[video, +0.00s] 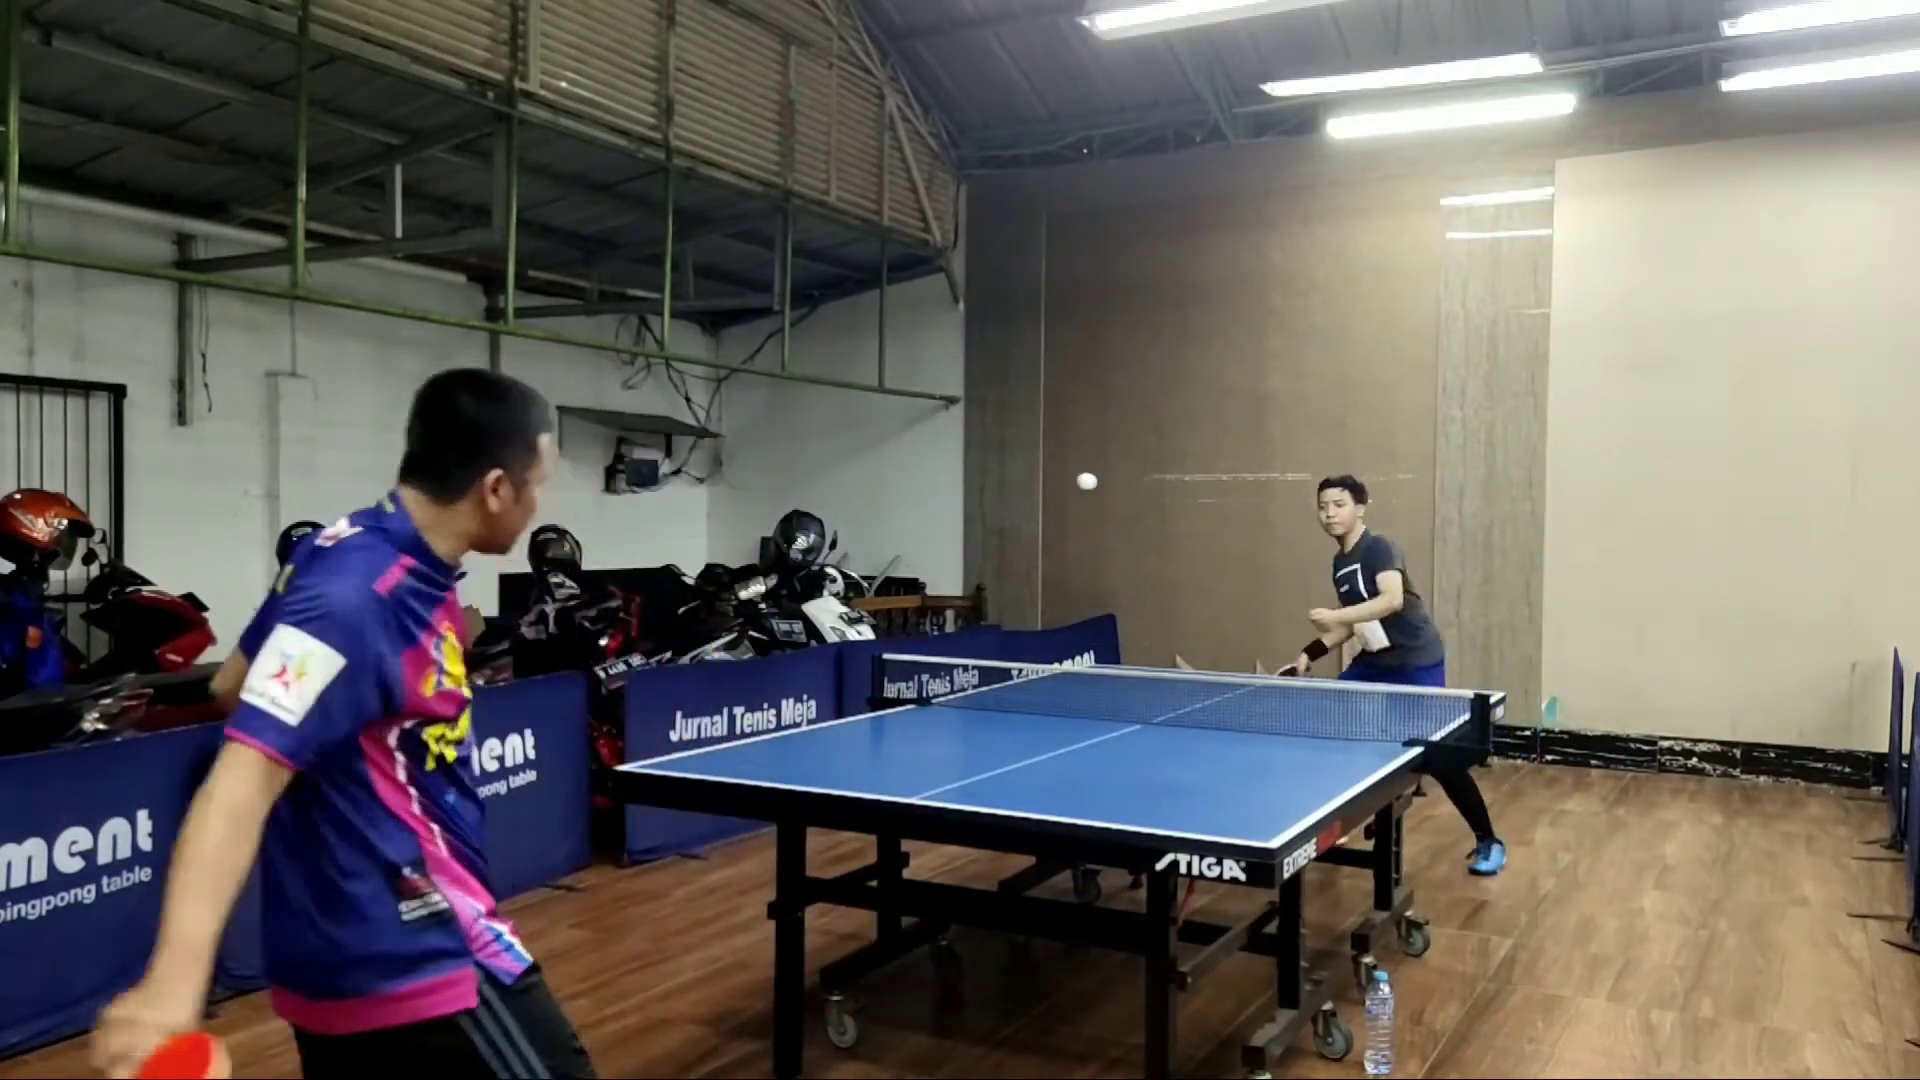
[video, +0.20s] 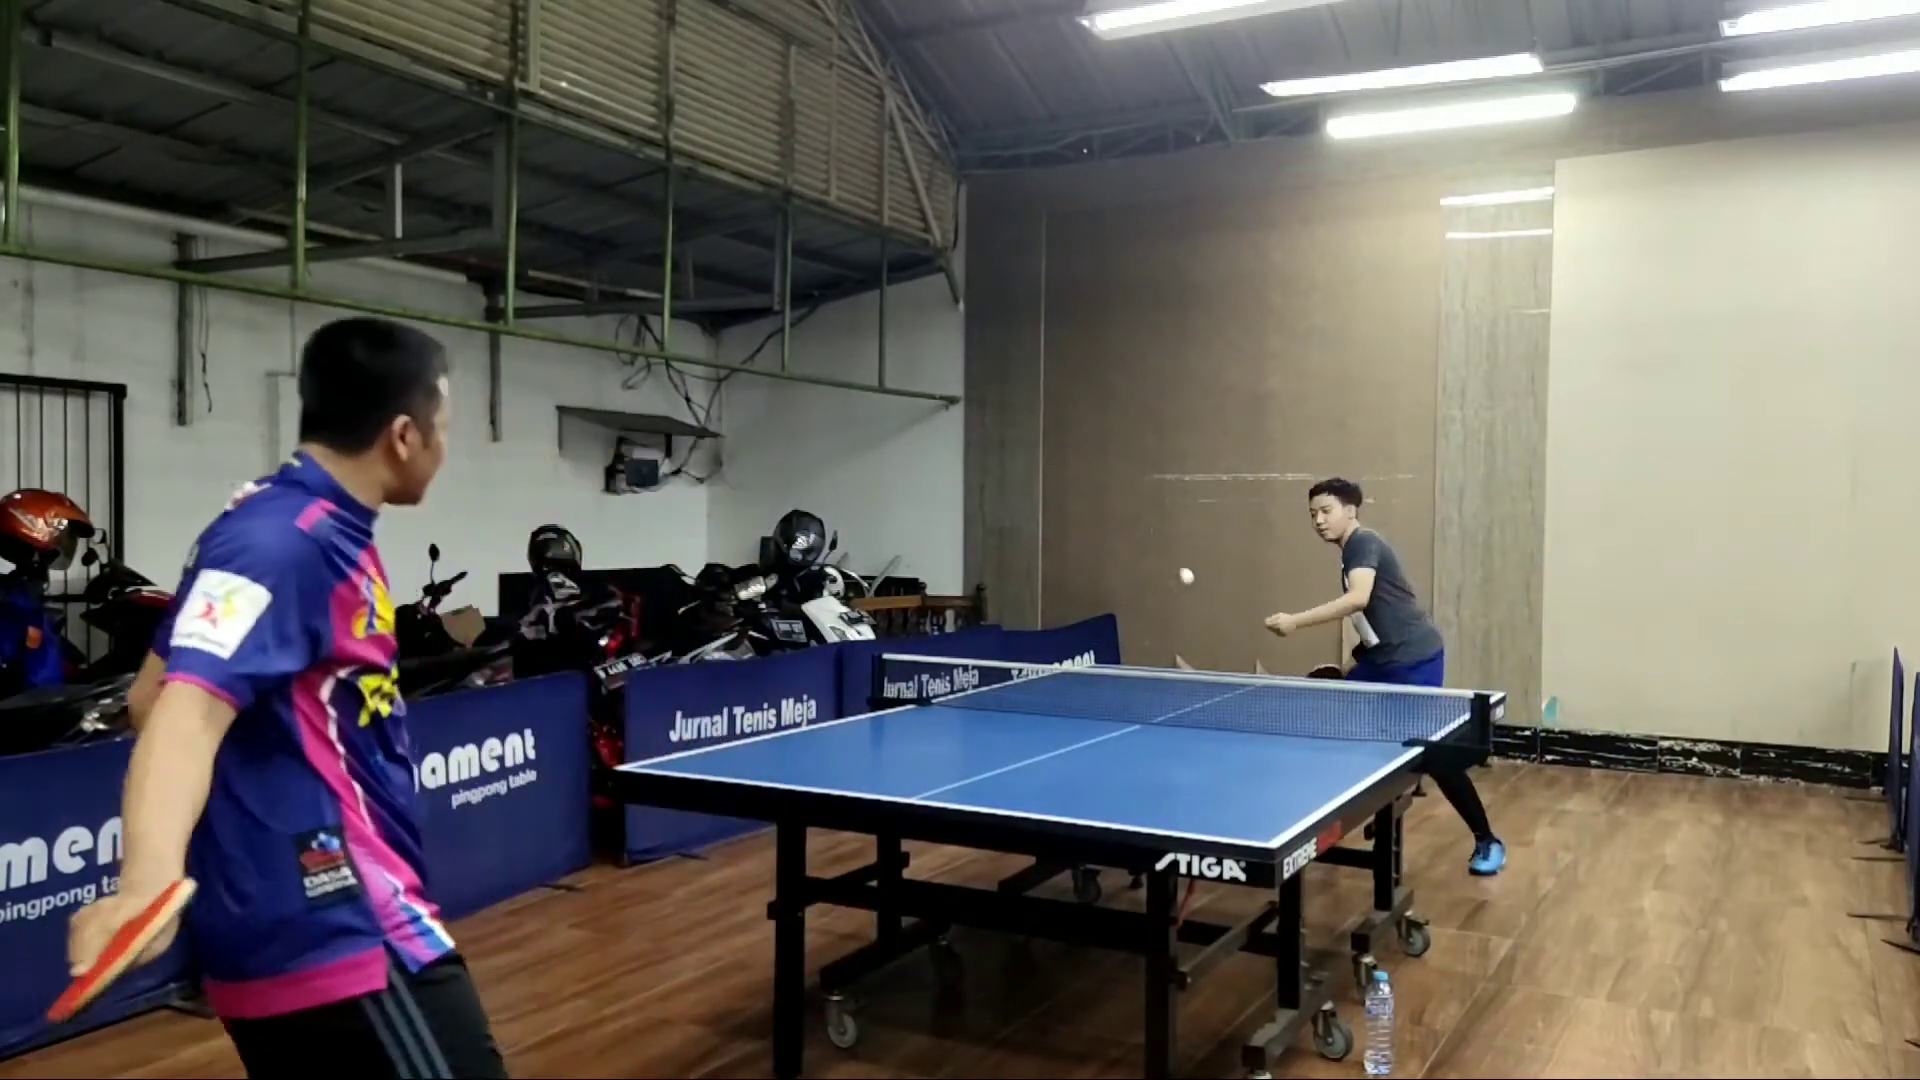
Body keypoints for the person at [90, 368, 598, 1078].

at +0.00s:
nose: (537, 502)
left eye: (541, 485)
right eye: (536, 485)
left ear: (418, 459)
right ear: (494, 489)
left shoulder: (360, 551)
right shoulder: (351, 597)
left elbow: (235, 684)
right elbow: (240, 783)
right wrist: (173, 988)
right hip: (427, 976)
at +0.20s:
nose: (444, 443)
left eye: (445, 424)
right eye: (442, 424)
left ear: (318, 416)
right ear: (402, 435)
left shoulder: (280, 518)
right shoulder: (278, 538)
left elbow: (156, 698)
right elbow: (187, 710)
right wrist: (147, 884)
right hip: (352, 957)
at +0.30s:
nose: (413, 422)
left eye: (412, 401)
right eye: (410, 402)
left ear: (282, 400)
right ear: (369, 417)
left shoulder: (213, 510)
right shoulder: (266, 529)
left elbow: (119, 706)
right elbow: (198, 725)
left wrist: (203, 851)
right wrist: (230, 896)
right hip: (336, 958)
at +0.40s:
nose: (391, 418)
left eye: (390, 397)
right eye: (389, 398)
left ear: (254, 398)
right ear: (352, 413)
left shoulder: (169, 523)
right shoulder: (267, 541)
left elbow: (90, 722)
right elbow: (231, 762)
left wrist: (179, 858)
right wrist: (333, 928)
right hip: (279, 1003)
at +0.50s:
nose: (374, 419)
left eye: (374, 396)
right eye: (376, 397)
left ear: (236, 394)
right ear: (357, 410)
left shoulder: (139, 528)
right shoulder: (276, 547)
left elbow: (70, 735)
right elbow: (275, 785)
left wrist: (148, 875)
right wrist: (427, 970)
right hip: (248, 1010)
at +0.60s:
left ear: (209, 377)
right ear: (355, 403)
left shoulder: (105, 509)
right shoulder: (289, 535)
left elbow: (40, 733)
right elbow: (301, 797)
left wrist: (105, 866)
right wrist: (455, 978)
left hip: (75, 985)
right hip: (216, 1014)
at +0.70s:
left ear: (185, 352)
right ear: (331, 386)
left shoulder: (56, 495)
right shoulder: (296, 526)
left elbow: (7, 735)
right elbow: (313, 799)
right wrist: (441, 972)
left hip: (29, 995)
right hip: (201, 1022)